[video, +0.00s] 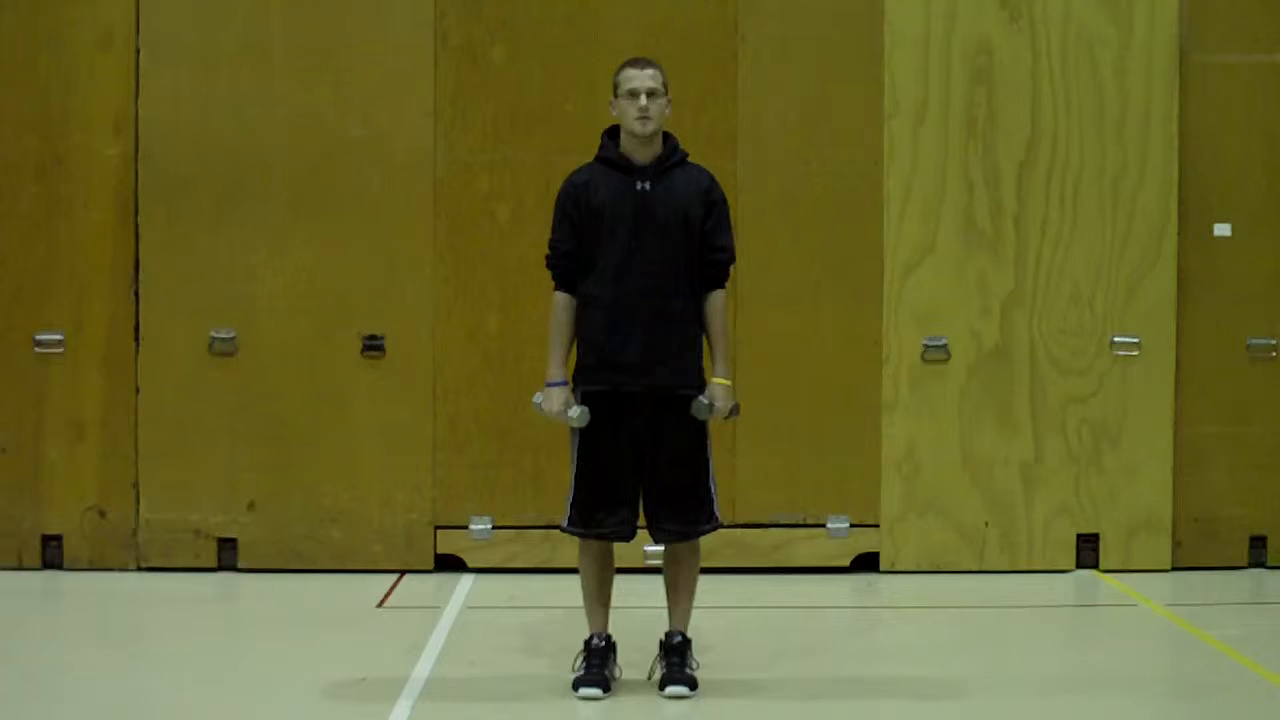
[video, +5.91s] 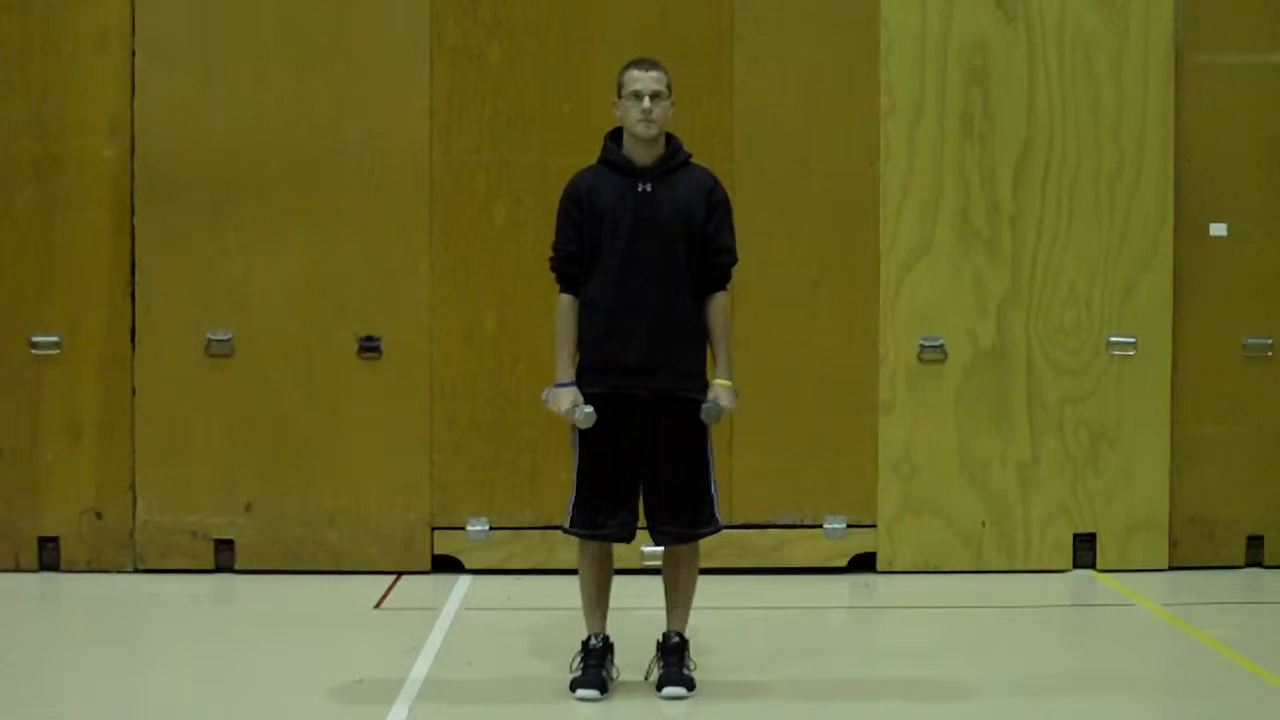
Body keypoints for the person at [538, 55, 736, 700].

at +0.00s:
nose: (645, 105)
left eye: (654, 95)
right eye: (633, 96)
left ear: (669, 106)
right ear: (614, 106)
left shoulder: (699, 186)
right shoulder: (583, 187)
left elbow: (714, 287)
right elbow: (565, 289)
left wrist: (722, 374)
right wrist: (556, 378)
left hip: (677, 383)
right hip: (601, 383)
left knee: (681, 522)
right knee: (596, 521)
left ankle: (677, 646)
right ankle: (597, 646)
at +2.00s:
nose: (637, 104)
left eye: (647, 94)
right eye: (626, 95)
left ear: (664, 106)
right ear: (609, 106)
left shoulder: (696, 187)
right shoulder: (578, 188)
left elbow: (711, 287)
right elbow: (561, 290)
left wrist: (720, 373)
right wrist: (553, 377)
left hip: (674, 384)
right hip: (597, 383)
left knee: (678, 523)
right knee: (594, 521)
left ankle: (674, 647)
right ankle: (594, 647)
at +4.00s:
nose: (639, 108)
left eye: (649, 98)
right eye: (628, 98)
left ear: (664, 109)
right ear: (609, 108)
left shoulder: (694, 188)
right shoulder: (577, 190)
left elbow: (710, 289)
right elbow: (560, 293)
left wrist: (719, 374)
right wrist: (554, 381)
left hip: (674, 385)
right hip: (598, 385)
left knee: (678, 524)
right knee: (593, 523)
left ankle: (673, 648)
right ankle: (594, 648)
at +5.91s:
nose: (647, 107)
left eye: (657, 97)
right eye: (636, 97)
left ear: (672, 107)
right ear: (617, 107)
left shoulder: (702, 188)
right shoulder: (586, 188)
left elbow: (716, 289)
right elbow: (568, 290)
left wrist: (723, 374)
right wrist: (564, 379)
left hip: (679, 384)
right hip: (603, 384)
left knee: (682, 523)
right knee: (596, 521)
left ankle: (675, 646)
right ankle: (595, 646)